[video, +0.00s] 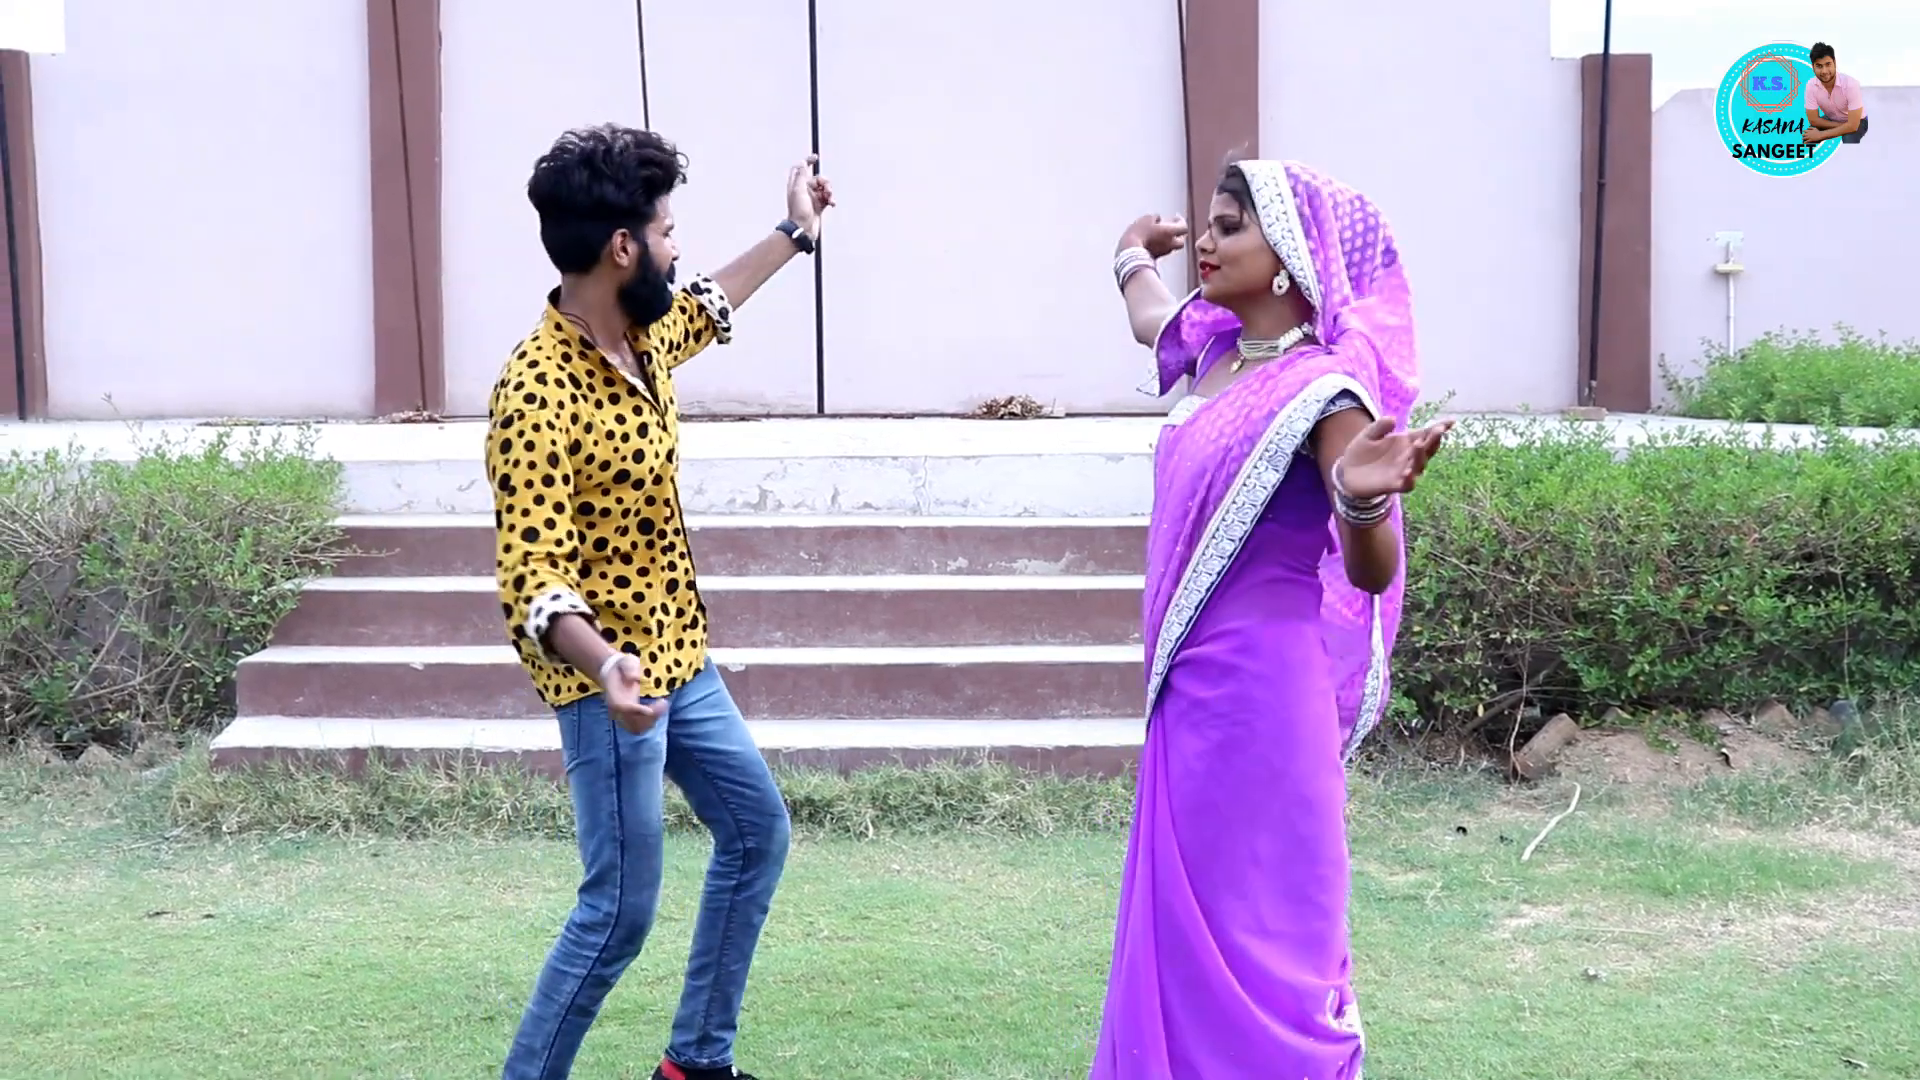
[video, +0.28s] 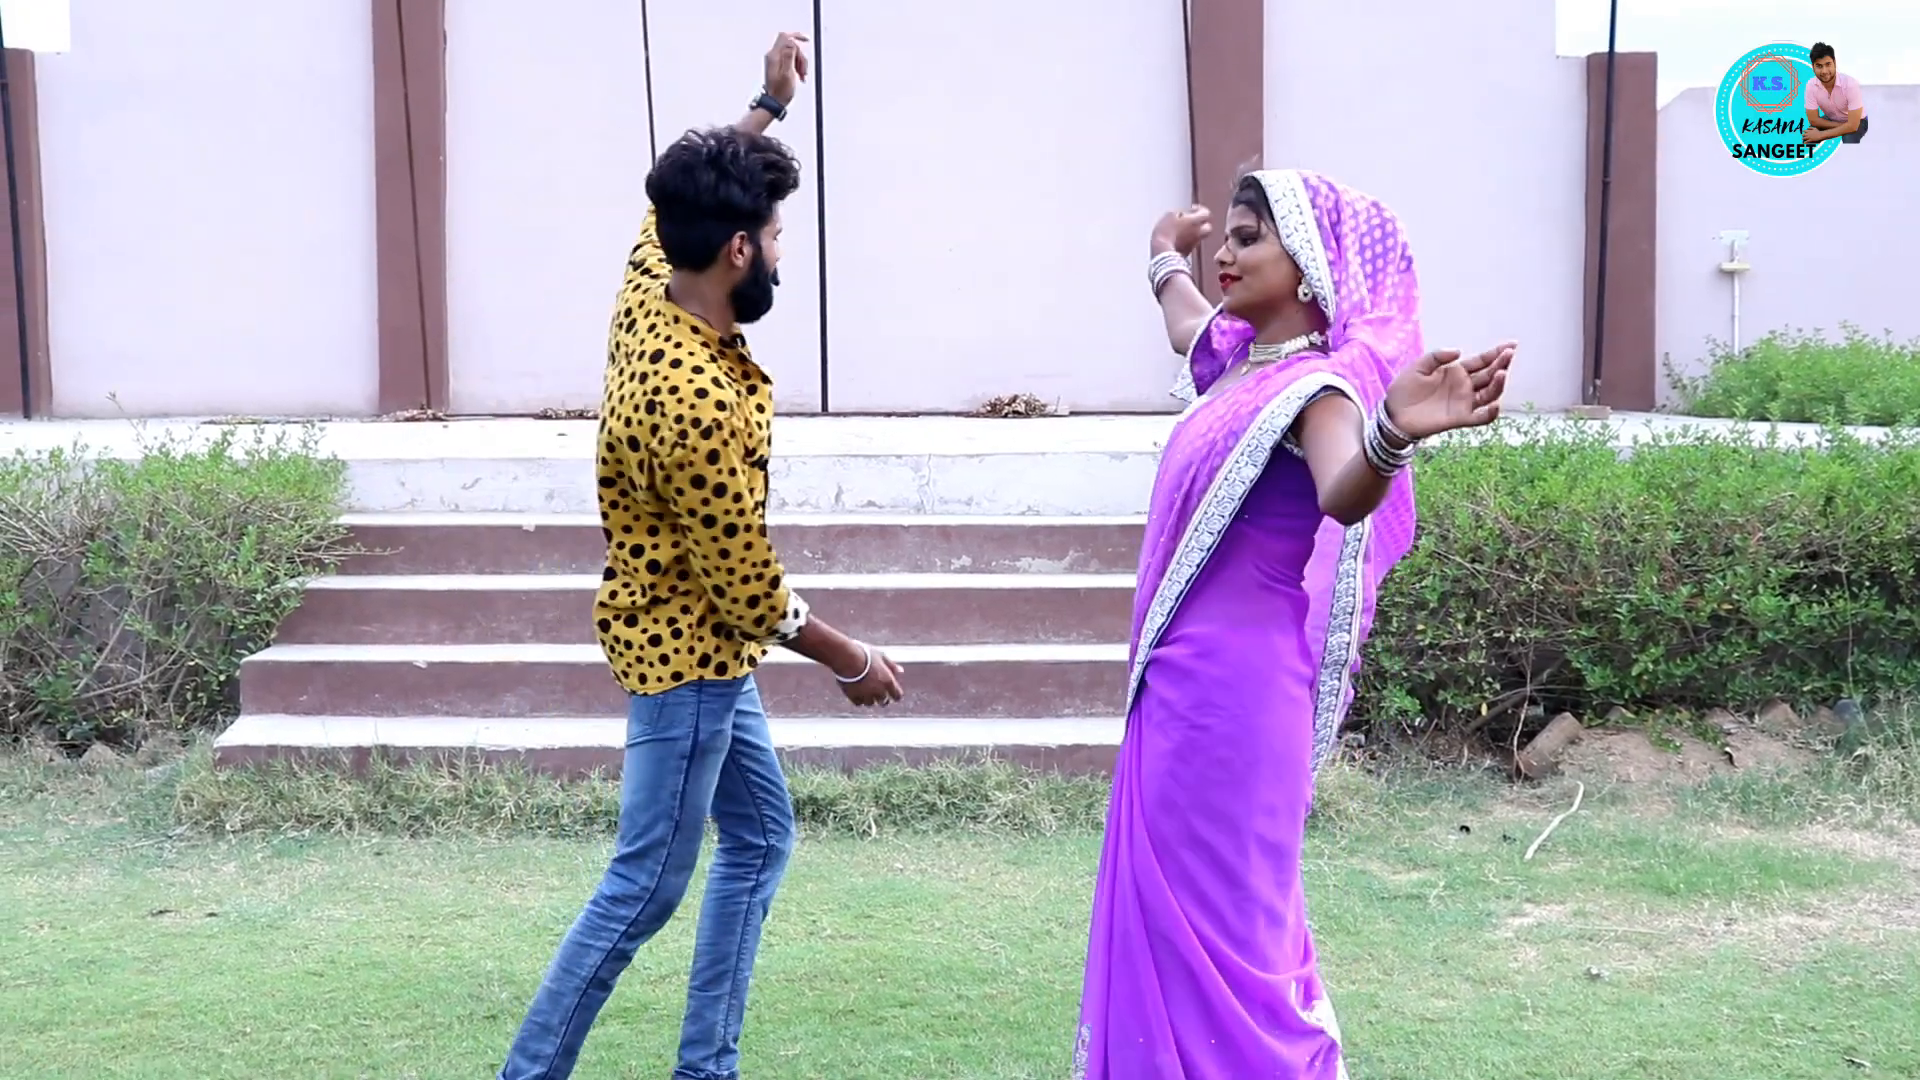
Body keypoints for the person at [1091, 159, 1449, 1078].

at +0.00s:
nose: (1205, 243)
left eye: (1229, 225)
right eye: (1208, 227)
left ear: (1294, 252)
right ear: (1252, 261)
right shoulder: (1220, 356)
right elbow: (1160, 321)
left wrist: (1365, 504)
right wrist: (1134, 259)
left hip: (1271, 690)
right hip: (1189, 684)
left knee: (1268, 946)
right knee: (1171, 932)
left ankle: (1296, 1064)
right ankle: (1172, 1066)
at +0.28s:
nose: (1224, 255)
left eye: (1248, 235)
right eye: (1225, 241)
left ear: (1316, 258)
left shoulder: (1321, 384)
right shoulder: (1241, 360)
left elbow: (1343, 499)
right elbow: (1191, 314)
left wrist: (1391, 429)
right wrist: (1166, 256)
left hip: (1236, 696)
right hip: (1173, 684)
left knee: (1218, 939)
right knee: (1140, 927)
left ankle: (1266, 1065)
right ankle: (1144, 1069)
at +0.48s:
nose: (1226, 279)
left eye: (1250, 263)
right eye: (1228, 263)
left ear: (1310, 290)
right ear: (1296, 299)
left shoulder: (1301, 403)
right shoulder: (1278, 386)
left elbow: (1280, 458)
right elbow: (1239, 313)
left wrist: (1284, 484)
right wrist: (1230, 213)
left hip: (1234, 738)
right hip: (1218, 726)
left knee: (1190, 978)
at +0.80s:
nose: (1233, 304)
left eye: (1256, 288)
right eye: (1233, 286)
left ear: (1319, 312)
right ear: (1320, 319)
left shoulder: (1307, 432)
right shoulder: (1315, 413)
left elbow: (1219, 518)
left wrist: (1165, 413)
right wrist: (1328, 253)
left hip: (1235, 742)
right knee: (1085, 908)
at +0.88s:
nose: (1233, 313)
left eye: (1258, 296)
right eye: (1235, 297)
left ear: (1326, 316)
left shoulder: (1298, 439)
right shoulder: (1341, 433)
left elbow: (1205, 532)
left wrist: (1152, 393)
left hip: (1232, 755)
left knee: (1096, 919)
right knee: (1075, 900)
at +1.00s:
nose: (1230, 320)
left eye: (1253, 304)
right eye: (1233, 303)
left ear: (1318, 323)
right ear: (1306, 331)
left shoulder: (1301, 443)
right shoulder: (1303, 432)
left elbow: (1173, 523)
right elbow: (1258, 627)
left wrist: (1131, 362)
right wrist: (1177, 751)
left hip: (1229, 765)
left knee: (1097, 965)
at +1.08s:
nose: (1229, 311)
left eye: (1253, 293)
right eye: (1231, 292)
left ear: (1318, 314)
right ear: (1313, 322)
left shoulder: (1295, 433)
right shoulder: (1338, 430)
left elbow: (1162, 493)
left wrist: (1101, 336)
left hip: (1224, 755)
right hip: (1277, 757)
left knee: (1110, 958)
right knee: (1255, 997)